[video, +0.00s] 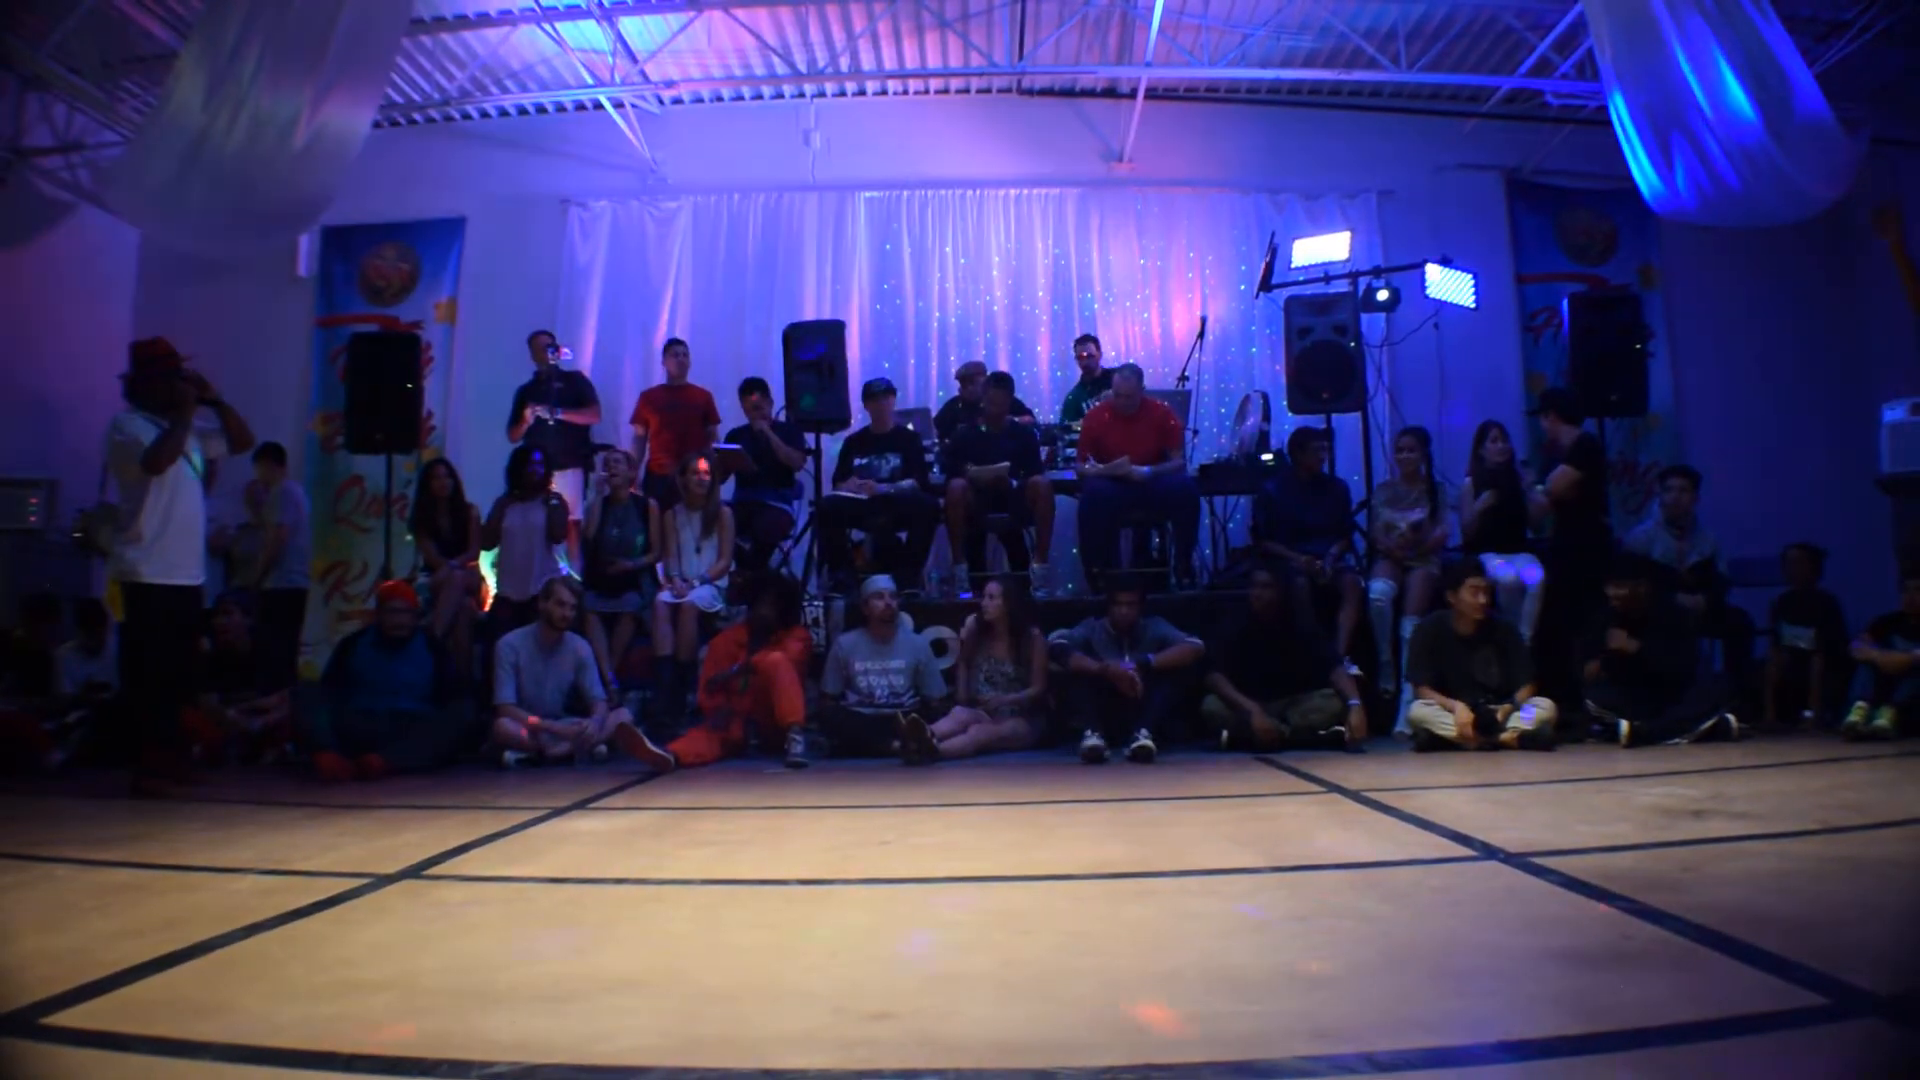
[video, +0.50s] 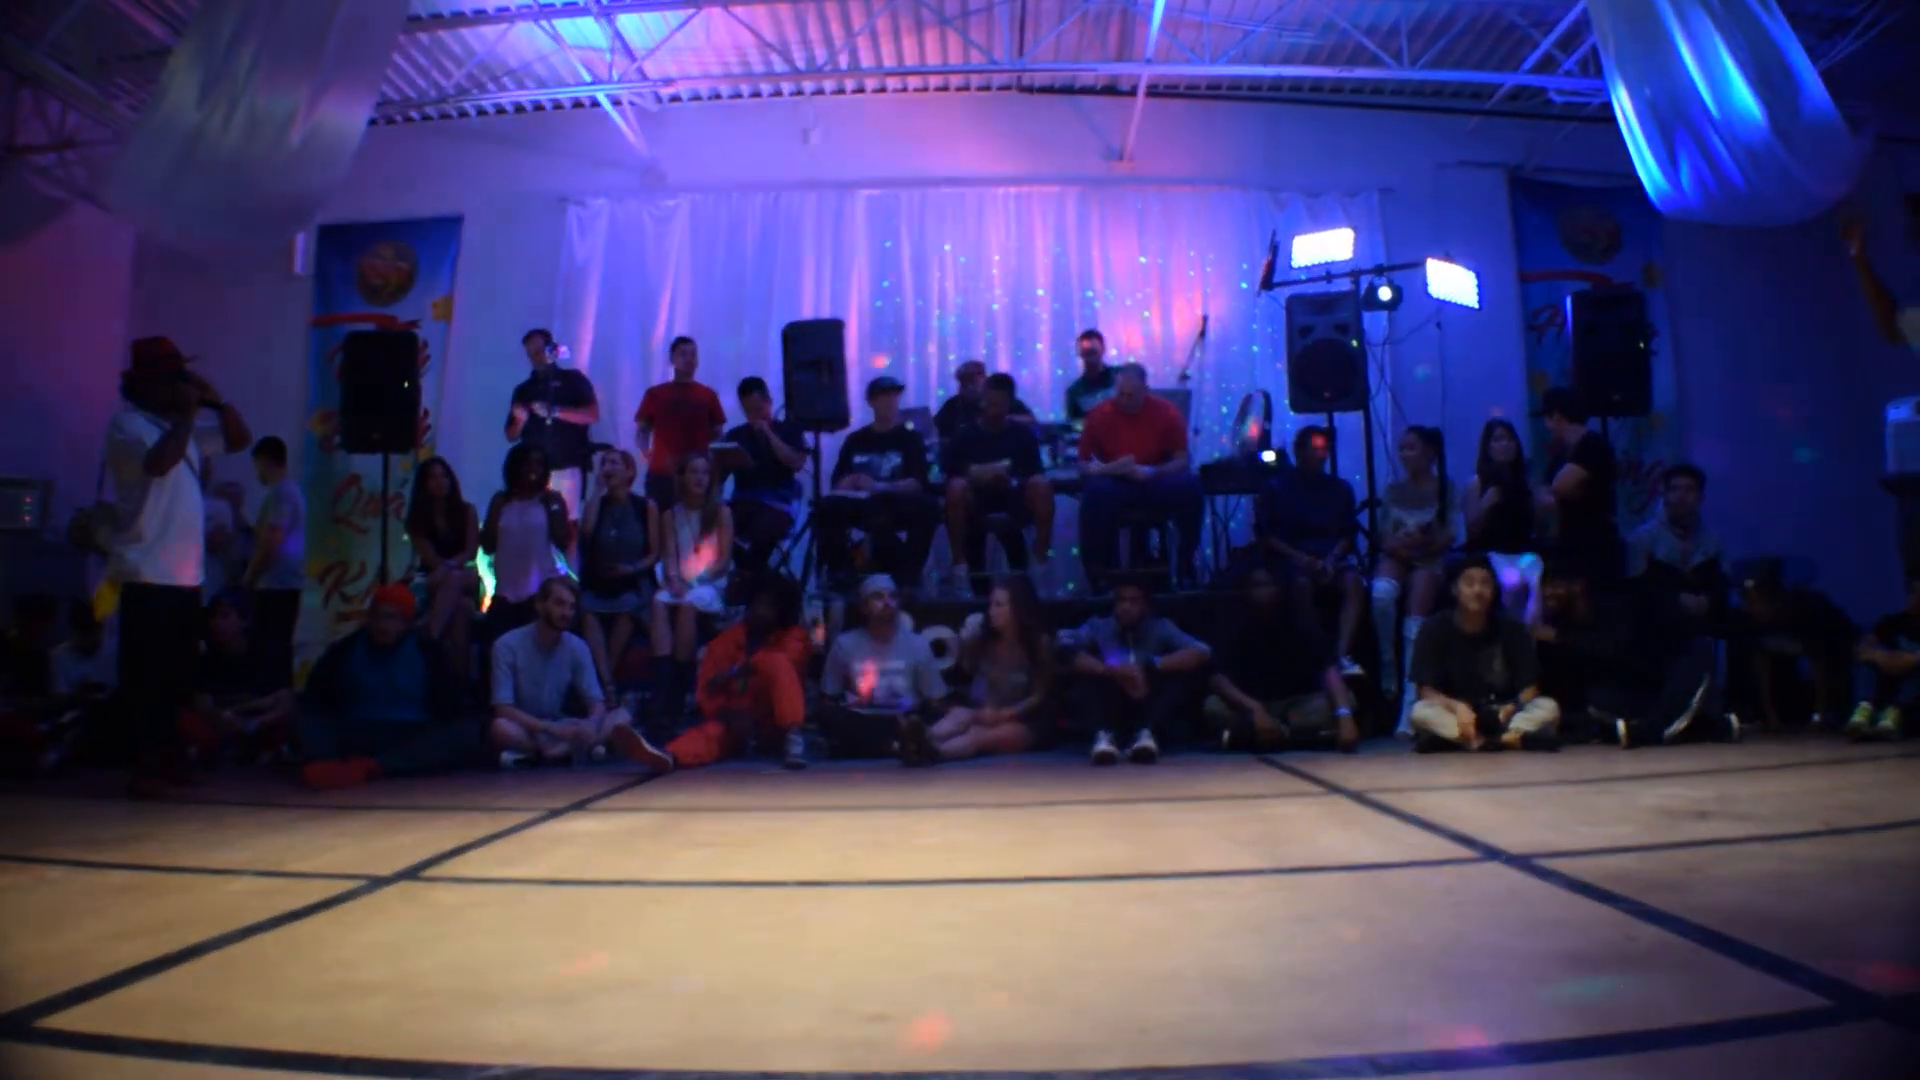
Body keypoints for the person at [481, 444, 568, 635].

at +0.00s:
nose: (536, 471)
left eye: (541, 465)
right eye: (530, 465)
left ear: (547, 470)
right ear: (517, 469)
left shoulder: (553, 502)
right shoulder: (504, 503)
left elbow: (558, 537)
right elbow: (487, 542)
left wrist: (553, 503)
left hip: (542, 592)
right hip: (508, 592)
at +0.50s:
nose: (533, 472)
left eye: (538, 466)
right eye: (527, 466)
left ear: (545, 470)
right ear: (514, 469)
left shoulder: (551, 501)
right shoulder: (500, 501)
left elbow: (563, 542)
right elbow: (488, 545)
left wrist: (553, 510)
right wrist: (497, 510)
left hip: (541, 591)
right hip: (506, 592)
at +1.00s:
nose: (534, 470)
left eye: (539, 464)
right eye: (528, 464)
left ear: (547, 470)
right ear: (515, 468)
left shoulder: (553, 500)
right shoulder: (501, 500)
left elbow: (566, 546)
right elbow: (491, 547)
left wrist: (556, 512)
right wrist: (496, 512)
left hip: (543, 592)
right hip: (507, 592)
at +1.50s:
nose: (534, 469)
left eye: (540, 464)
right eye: (528, 464)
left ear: (546, 470)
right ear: (515, 467)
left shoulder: (551, 502)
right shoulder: (501, 502)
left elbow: (561, 548)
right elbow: (491, 542)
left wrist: (557, 512)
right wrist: (509, 564)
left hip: (542, 592)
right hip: (507, 591)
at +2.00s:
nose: (535, 468)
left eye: (540, 463)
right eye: (529, 462)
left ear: (547, 468)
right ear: (516, 467)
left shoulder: (552, 501)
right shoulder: (500, 504)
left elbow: (561, 548)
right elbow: (493, 543)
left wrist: (558, 515)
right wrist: (509, 564)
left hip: (545, 580)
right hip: (510, 582)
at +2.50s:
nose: (535, 470)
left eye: (540, 465)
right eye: (529, 465)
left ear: (547, 470)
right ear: (518, 469)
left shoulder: (555, 506)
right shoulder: (505, 501)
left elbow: (564, 543)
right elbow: (486, 547)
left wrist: (546, 517)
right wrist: (500, 512)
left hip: (548, 581)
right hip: (512, 582)